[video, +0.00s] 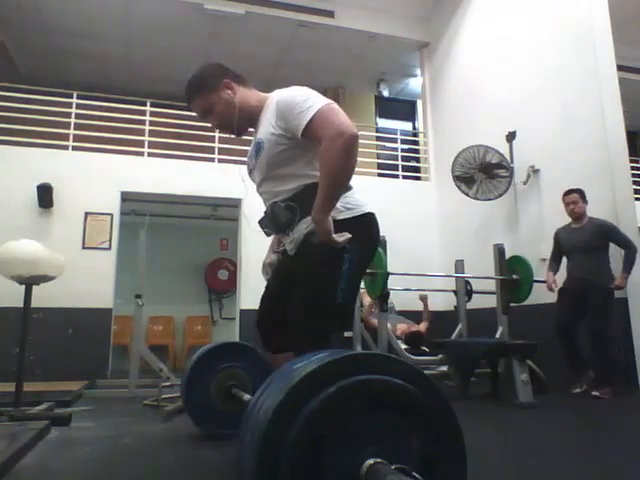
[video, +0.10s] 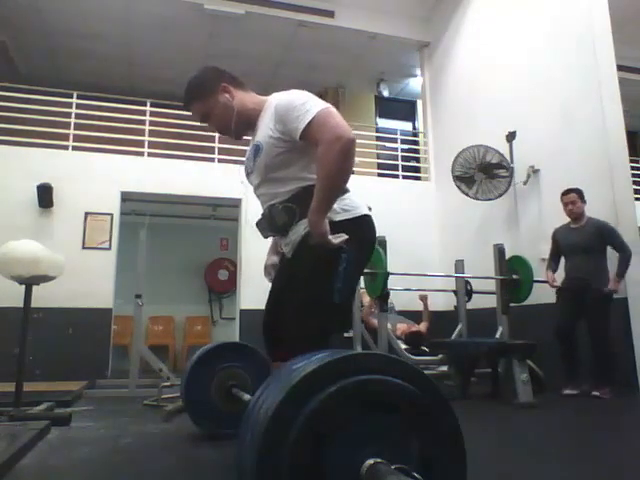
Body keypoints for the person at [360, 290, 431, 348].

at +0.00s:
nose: (413, 326)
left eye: (412, 329)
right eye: (415, 329)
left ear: (403, 336)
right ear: (418, 331)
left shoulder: (389, 331)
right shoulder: (421, 332)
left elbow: (366, 318)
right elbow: (426, 320)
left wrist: (370, 303)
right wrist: (425, 303)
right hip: (392, 316)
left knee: (365, 294)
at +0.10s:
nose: (412, 326)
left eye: (411, 329)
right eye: (415, 328)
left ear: (402, 336)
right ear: (418, 329)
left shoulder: (387, 330)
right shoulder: (421, 332)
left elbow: (366, 318)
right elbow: (426, 321)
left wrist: (370, 302)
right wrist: (425, 303)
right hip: (392, 315)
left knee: (365, 294)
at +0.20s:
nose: (413, 326)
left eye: (411, 330)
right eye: (416, 329)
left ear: (402, 336)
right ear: (418, 330)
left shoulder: (388, 330)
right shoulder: (421, 332)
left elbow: (366, 318)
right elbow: (425, 321)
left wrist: (369, 303)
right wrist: (425, 303)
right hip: (393, 315)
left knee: (364, 293)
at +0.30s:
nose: (412, 325)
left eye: (410, 329)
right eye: (414, 328)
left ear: (403, 336)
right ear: (418, 329)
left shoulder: (387, 331)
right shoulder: (421, 332)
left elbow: (366, 321)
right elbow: (426, 321)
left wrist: (370, 304)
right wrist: (425, 305)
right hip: (392, 315)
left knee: (364, 293)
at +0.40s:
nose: (413, 326)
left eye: (412, 329)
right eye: (416, 329)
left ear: (403, 336)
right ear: (419, 330)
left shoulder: (387, 331)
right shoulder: (421, 333)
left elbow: (367, 321)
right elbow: (426, 322)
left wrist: (369, 305)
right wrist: (425, 305)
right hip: (392, 316)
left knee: (364, 293)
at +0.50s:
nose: (413, 326)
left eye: (412, 329)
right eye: (416, 329)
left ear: (403, 336)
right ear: (419, 330)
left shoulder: (386, 330)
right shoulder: (421, 333)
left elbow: (366, 321)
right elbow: (426, 322)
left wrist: (369, 304)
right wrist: (425, 304)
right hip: (392, 315)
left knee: (364, 293)